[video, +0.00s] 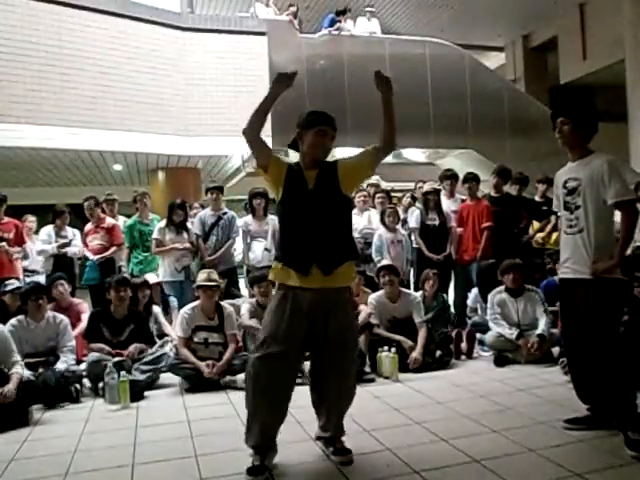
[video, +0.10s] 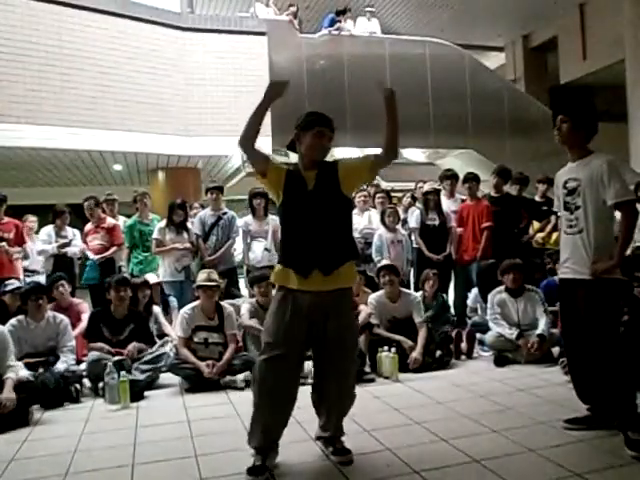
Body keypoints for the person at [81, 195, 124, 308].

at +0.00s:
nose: (90, 213)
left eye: (92, 209)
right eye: (87, 210)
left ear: (99, 208)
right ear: (85, 211)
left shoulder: (111, 224)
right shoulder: (87, 227)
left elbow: (118, 244)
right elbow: (84, 244)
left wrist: (101, 256)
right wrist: (90, 254)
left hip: (106, 260)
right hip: (92, 261)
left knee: (108, 292)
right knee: (95, 294)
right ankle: (98, 320)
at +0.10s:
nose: (90, 213)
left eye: (92, 210)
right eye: (87, 210)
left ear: (99, 208)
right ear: (85, 211)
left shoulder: (112, 224)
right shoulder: (87, 227)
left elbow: (118, 244)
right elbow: (84, 243)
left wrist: (102, 256)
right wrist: (89, 253)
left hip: (107, 260)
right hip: (92, 260)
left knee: (108, 292)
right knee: (94, 293)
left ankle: (109, 319)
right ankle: (98, 319)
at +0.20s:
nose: (91, 214)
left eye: (93, 210)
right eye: (88, 211)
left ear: (100, 208)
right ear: (86, 211)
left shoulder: (112, 224)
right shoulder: (88, 227)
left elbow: (119, 244)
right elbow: (86, 247)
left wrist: (102, 256)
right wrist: (93, 256)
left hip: (107, 259)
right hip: (93, 260)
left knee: (108, 291)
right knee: (94, 292)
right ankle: (98, 318)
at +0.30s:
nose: (90, 213)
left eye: (93, 209)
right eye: (88, 210)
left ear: (100, 208)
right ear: (86, 211)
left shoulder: (112, 224)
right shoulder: (87, 228)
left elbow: (119, 244)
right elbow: (84, 248)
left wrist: (102, 256)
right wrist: (92, 255)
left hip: (107, 259)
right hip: (93, 261)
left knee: (109, 291)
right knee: (95, 292)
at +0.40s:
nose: (91, 213)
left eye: (93, 210)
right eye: (88, 210)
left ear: (100, 208)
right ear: (86, 211)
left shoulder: (112, 224)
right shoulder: (87, 223)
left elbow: (119, 244)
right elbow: (84, 243)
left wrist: (101, 255)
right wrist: (90, 253)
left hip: (107, 258)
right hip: (93, 259)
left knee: (109, 290)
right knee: (95, 290)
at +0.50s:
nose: (91, 213)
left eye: (93, 210)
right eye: (88, 211)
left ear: (100, 208)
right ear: (86, 211)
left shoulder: (112, 224)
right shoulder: (87, 223)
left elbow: (119, 244)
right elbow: (84, 243)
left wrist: (101, 255)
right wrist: (90, 254)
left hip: (107, 258)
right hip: (92, 258)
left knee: (109, 289)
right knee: (94, 290)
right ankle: (97, 316)